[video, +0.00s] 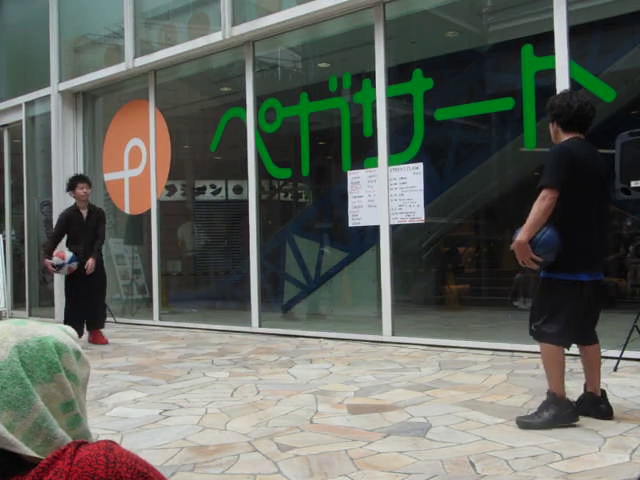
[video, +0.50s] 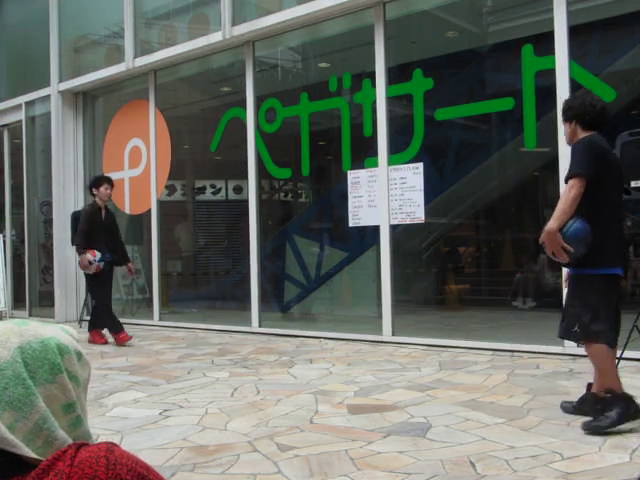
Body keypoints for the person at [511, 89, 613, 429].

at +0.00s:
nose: (549, 128)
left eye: (549, 123)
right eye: (550, 122)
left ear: (555, 125)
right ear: (585, 124)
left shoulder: (561, 154)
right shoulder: (598, 158)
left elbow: (549, 197)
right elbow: (596, 209)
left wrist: (522, 237)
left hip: (563, 263)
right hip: (591, 263)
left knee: (548, 327)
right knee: (585, 328)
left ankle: (557, 402)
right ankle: (594, 397)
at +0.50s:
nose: (564, 131)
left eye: (565, 125)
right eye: (564, 125)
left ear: (574, 123)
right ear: (595, 122)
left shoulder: (586, 147)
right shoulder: (603, 149)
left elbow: (576, 188)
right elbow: (602, 205)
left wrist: (551, 228)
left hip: (595, 259)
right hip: (601, 258)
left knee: (590, 328)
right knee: (594, 328)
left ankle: (619, 399)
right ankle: (599, 393)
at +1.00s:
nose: (591, 118)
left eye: (593, 112)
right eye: (591, 112)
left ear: (608, 112)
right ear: (612, 112)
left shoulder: (628, 143)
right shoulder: (624, 144)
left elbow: (633, 191)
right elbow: (625, 196)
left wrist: (632, 237)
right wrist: (621, 242)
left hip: (622, 254)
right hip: (620, 252)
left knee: (614, 322)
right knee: (613, 322)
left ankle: (599, 394)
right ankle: (599, 393)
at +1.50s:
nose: (602, 113)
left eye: (605, 107)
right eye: (602, 106)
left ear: (620, 108)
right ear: (620, 107)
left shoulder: (633, 146)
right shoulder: (622, 145)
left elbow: (629, 212)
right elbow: (623, 210)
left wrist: (619, 256)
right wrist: (614, 255)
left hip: (633, 258)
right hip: (623, 258)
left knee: (625, 332)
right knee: (620, 328)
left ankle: (610, 398)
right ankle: (608, 397)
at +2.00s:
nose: (577, 115)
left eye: (580, 107)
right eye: (578, 107)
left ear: (594, 109)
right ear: (602, 110)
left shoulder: (617, 144)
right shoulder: (608, 145)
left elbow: (628, 194)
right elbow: (616, 198)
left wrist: (629, 242)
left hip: (609, 256)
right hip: (605, 255)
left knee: (595, 330)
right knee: (594, 330)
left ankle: (584, 403)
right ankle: (584, 402)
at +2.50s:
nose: (545, 118)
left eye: (548, 112)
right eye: (546, 112)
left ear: (561, 115)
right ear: (568, 116)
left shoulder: (587, 147)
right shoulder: (565, 153)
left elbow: (599, 190)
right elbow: (554, 214)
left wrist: (597, 232)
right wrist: (537, 256)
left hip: (571, 259)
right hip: (554, 259)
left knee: (571, 328)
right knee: (557, 329)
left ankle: (591, 401)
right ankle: (584, 398)